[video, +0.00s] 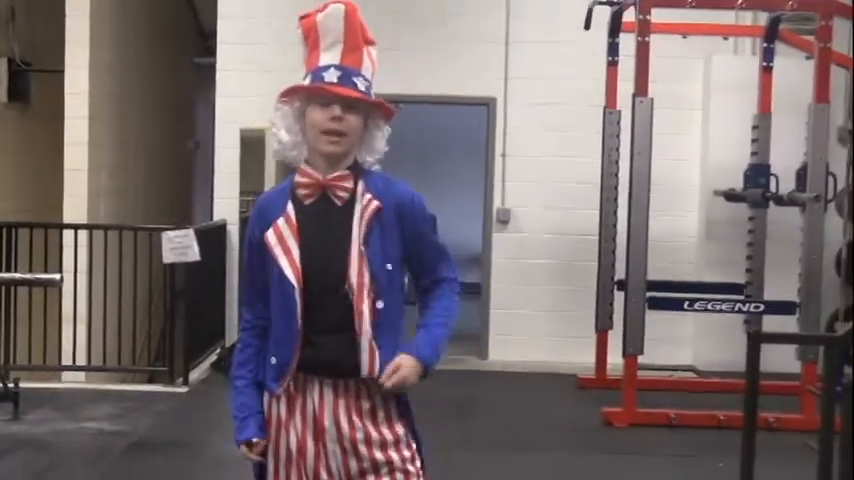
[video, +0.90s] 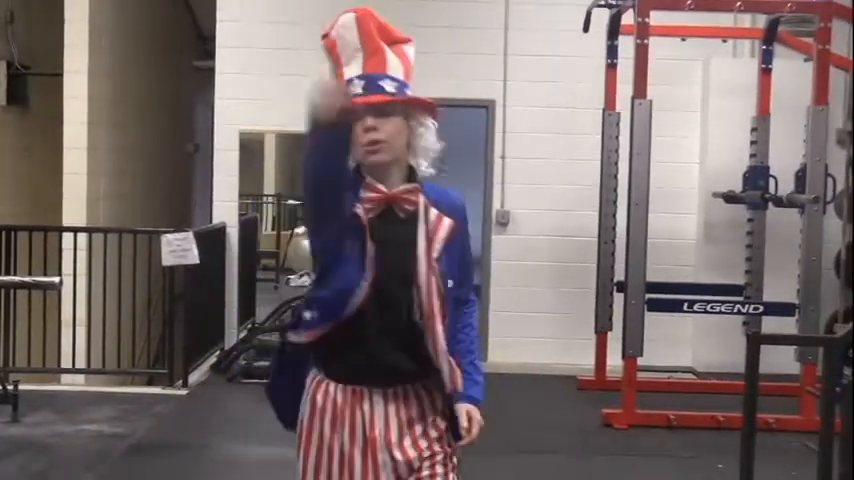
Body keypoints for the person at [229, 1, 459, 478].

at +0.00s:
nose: (336, 116)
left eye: (350, 107)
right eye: (323, 103)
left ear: (367, 122)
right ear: (301, 114)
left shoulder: (399, 205)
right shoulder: (270, 209)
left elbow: (443, 283)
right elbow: (254, 320)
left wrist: (422, 355)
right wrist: (248, 413)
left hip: (373, 407)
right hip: (293, 407)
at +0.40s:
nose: (318, 120)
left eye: (331, 110)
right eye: (304, 109)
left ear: (349, 126)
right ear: (283, 122)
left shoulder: (384, 195)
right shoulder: (267, 218)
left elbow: (446, 281)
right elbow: (258, 325)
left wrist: (423, 374)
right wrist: (204, 399)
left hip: (376, 405)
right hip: (297, 409)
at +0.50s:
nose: (325, 120)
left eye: (337, 111)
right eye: (311, 109)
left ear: (353, 125)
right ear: (288, 123)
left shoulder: (389, 195)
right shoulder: (278, 212)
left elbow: (453, 284)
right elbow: (260, 306)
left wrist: (436, 383)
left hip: (381, 405)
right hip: (302, 406)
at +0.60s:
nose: (338, 118)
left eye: (350, 109)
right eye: (324, 107)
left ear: (367, 124)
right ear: (301, 122)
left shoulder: (401, 196)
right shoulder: (287, 206)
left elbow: (463, 288)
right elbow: (236, 274)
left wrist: (450, 384)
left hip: (391, 407)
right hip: (308, 406)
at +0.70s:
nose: (349, 121)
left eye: (361, 109)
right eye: (335, 110)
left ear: (381, 121)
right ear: (314, 124)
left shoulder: (422, 200)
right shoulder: (283, 203)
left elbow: (467, 298)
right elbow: (202, 223)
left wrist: (464, 388)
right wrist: (221, 121)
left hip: (404, 409)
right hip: (318, 409)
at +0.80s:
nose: (355, 123)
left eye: (369, 108)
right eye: (342, 112)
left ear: (396, 118)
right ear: (329, 127)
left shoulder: (436, 205)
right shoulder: (302, 191)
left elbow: (466, 301)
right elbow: (242, 182)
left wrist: (466, 388)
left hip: (413, 406)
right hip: (328, 406)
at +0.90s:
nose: (370, 130)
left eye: (384, 116)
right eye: (358, 122)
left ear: (411, 127)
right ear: (349, 135)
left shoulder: (446, 206)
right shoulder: (333, 206)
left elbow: (462, 304)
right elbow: (323, 173)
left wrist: (468, 392)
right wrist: (326, 123)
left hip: (420, 404)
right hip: (339, 405)